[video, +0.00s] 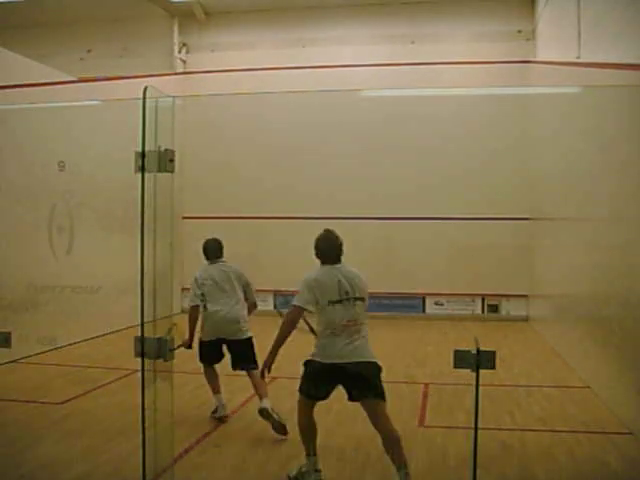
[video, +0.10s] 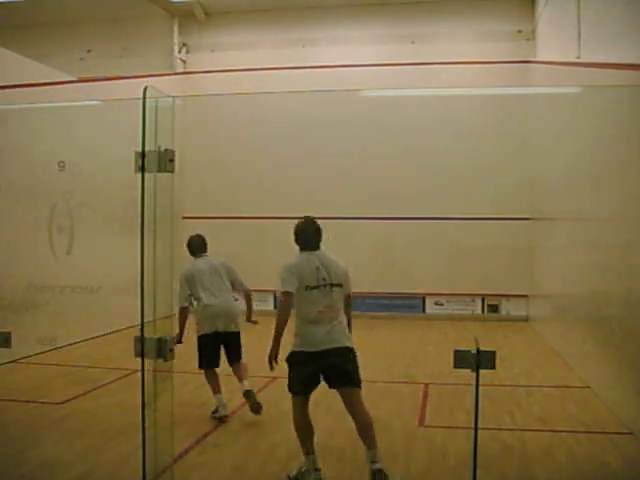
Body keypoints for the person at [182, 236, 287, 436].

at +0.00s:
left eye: (207, 253)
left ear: (205, 255)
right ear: (223, 253)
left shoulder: (201, 276)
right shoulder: (236, 272)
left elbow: (194, 308)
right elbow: (253, 304)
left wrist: (190, 337)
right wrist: (237, 317)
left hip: (211, 330)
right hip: (238, 328)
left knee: (208, 363)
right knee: (252, 369)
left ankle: (220, 406)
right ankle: (265, 404)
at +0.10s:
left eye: (190, 249)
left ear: (190, 251)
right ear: (207, 248)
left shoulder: (188, 273)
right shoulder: (223, 266)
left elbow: (184, 307)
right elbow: (246, 291)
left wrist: (180, 333)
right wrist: (249, 315)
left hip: (207, 325)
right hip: (231, 322)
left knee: (208, 366)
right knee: (236, 360)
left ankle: (221, 406)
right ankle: (246, 387)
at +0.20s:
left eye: (180, 241)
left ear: (179, 242)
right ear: (196, 237)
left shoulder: (181, 262)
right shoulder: (211, 253)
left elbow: (175, 295)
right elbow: (238, 274)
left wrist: (166, 321)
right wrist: (249, 293)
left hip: (199, 314)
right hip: (218, 310)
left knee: (205, 355)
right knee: (216, 347)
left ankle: (216, 390)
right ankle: (220, 386)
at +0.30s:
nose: (172, 239)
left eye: (171, 236)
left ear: (172, 237)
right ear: (187, 234)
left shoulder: (173, 256)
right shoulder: (202, 249)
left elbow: (165, 290)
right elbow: (228, 264)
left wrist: (151, 313)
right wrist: (241, 281)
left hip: (190, 309)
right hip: (209, 306)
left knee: (190, 346)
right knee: (203, 343)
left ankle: (203, 376)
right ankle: (203, 381)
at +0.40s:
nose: (161, 240)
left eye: (160, 237)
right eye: (162, 236)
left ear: (161, 237)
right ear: (175, 232)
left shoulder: (167, 255)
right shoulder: (190, 247)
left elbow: (158, 288)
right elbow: (214, 259)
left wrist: (136, 306)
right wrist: (223, 273)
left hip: (183, 305)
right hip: (201, 303)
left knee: (175, 344)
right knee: (195, 342)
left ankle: (188, 378)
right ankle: (200, 381)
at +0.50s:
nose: (148, 244)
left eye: (148, 240)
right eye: (148, 240)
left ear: (150, 240)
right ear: (164, 235)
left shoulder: (159, 254)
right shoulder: (179, 246)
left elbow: (152, 286)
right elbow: (200, 260)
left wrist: (127, 300)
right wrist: (203, 271)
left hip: (180, 302)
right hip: (197, 299)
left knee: (160, 333)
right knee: (184, 336)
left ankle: (165, 372)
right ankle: (196, 366)